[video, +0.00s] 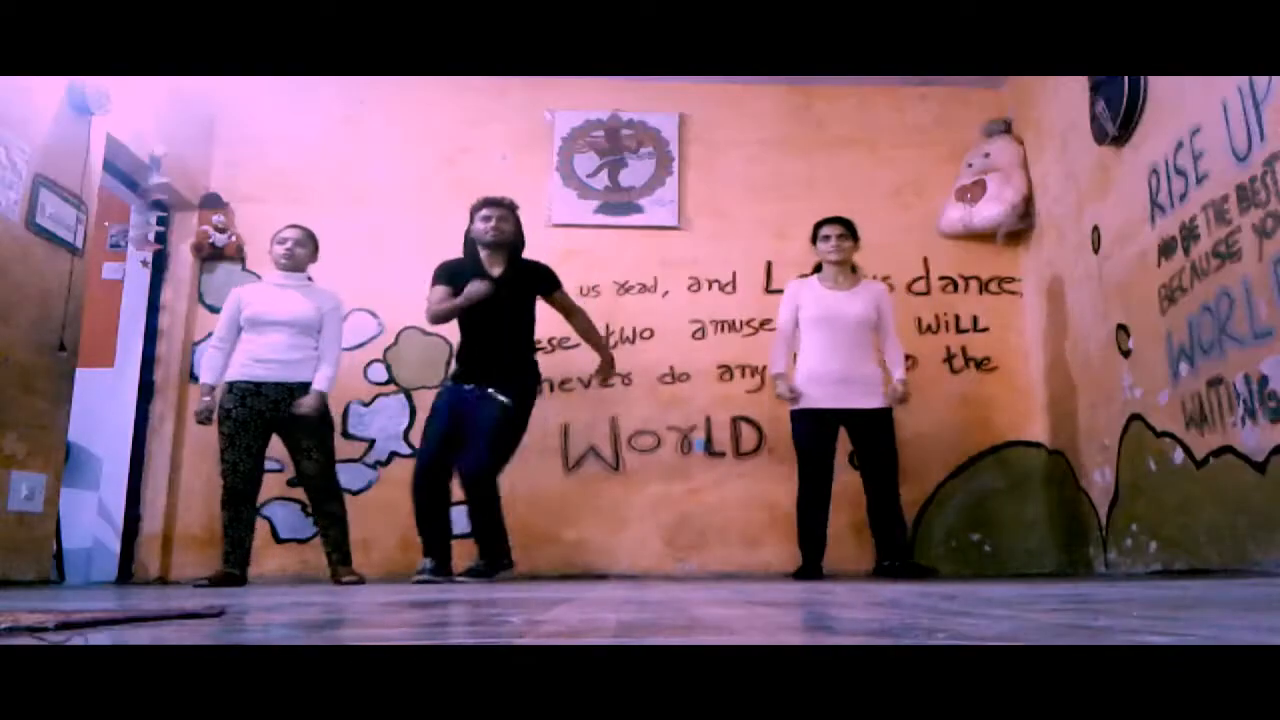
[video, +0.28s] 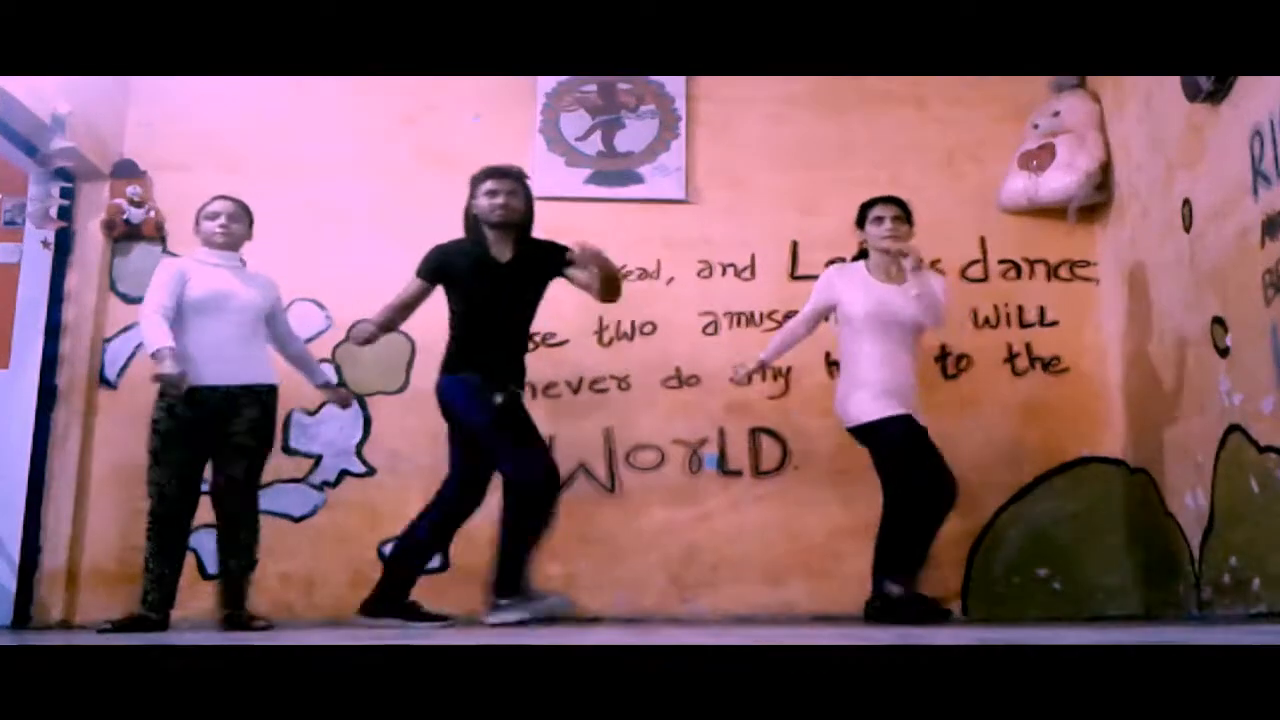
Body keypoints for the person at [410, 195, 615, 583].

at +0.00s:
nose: (493, 224)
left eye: (502, 220)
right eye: (485, 219)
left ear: (517, 232)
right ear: (471, 230)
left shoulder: (533, 275)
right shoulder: (453, 271)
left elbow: (572, 312)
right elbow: (433, 314)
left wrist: (605, 352)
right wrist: (465, 299)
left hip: (512, 384)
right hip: (465, 381)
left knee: (475, 468)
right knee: (429, 470)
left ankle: (495, 557)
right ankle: (436, 560)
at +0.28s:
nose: (501, 200)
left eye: (511, 194)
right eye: (490, 194)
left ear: (528, 206)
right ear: (473, 207)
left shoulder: (545, 256)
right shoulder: (452, 257)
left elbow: (608, 294)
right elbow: (402, 307)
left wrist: (605, 270)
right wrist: (374, 327)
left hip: (503, 390)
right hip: (464, 387)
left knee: (464, 491)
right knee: (535, 476)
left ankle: (389, 594)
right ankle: (509, 593)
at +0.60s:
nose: (550, 198)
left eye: (560, 192)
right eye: (539, 192)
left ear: (574, 205)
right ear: (518, 203)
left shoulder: (585, 261)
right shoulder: (500, 247)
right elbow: (472, 283)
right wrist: (533, 259)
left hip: (563, 385)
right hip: (506, 383)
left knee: (532, 481)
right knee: (471, 480)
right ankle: (489, 594)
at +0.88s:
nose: (590, 194)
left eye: (600, 187)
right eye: (579, 187)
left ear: (614, 199)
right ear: (561, 200)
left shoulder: (630, 250)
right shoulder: (539, 250)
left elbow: (705, 277)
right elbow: (482, 297)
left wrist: (706, 241)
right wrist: (461, 320)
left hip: (589, 380)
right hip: (545, 380)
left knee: (608, 486)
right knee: (607, 484)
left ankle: (555, 588)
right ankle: (562, 591)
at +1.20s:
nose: (637, 219)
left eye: (644, 213)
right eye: (627, 213)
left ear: (655, 221)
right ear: (609, 220)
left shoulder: (663, 270)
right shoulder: (596, 259)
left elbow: (690, 310)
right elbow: (590, 293)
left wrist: (742, 301)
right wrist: (654, 283)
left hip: (651, 380)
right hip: (602, 378)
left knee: (650, 464)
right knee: (563, 456)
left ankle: (683, 556)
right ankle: (568, 544)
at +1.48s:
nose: (655, 217)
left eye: (662, 212)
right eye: (645, 212)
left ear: (672, 221)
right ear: (628, 222)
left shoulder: (683, 264)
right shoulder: (612, 263)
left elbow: (744, 263)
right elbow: (556, 299)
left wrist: (743, 226)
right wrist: (524, 327)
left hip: (670, 378)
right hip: (631, 375)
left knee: (684, 456)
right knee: (654, 435)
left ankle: (650, 554)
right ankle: (590, 397)